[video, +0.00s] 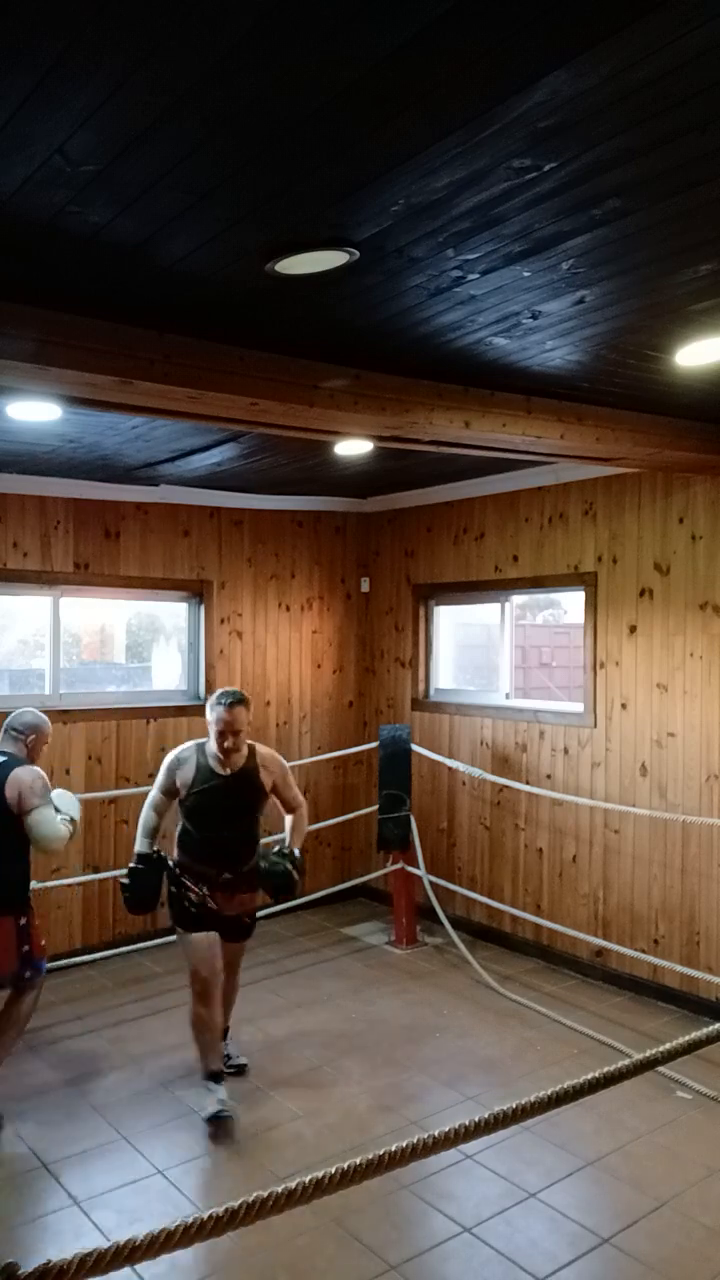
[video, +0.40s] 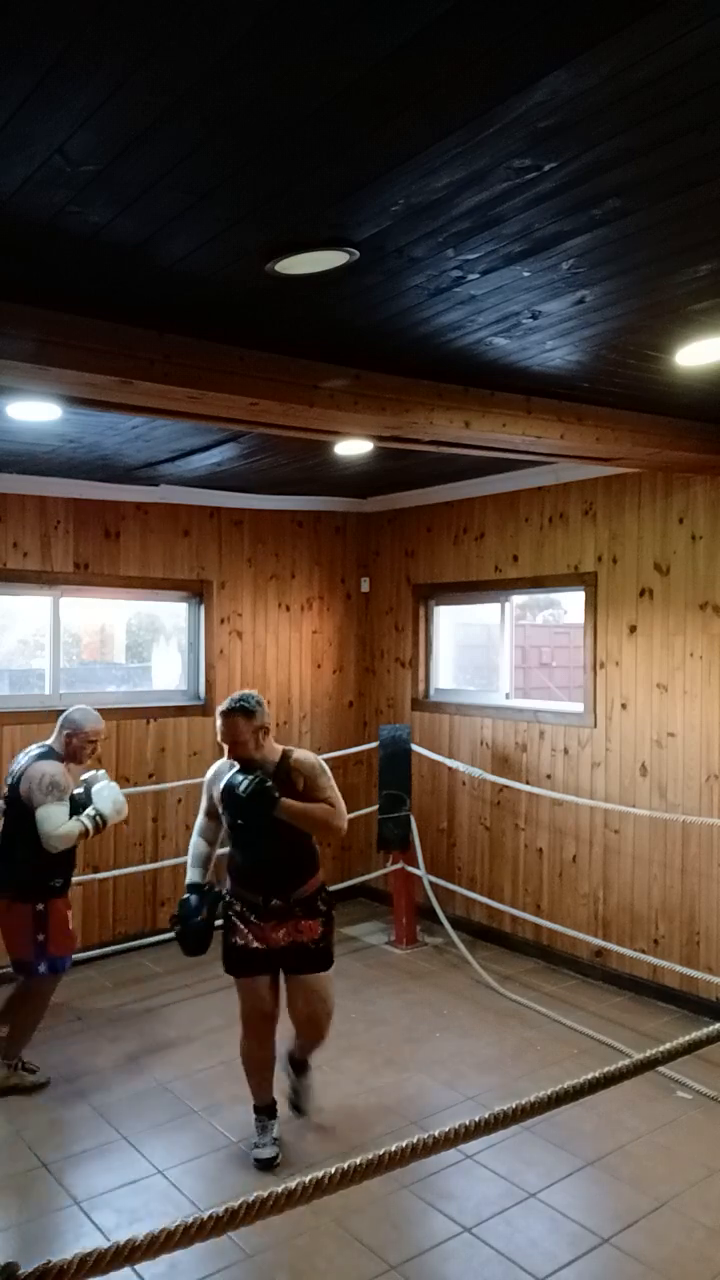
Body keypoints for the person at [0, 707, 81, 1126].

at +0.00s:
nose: (45, 750)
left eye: (45, 743)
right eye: (44, 743)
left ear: (10, 734)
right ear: (31, 740)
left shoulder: (8, 769)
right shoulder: (26, 775)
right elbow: (51, 837)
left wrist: (50, 808)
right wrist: (66, 813)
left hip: (9, 900)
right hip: (9, 902)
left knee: (22, 979)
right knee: (29, 980)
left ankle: (6, 1051)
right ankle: (3, 1054)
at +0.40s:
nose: (95, 750)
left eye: (98, 743)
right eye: (91, 742)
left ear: (68, 736)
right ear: (69, 736)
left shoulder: (36, 757)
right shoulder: (49, 771)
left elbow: (44, 822)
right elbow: (56, 838)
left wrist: (80, 798)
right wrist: (98, 813)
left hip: (21, 888)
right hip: (33, 894)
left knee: (35, 975)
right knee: (45, 978)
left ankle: (7, 1048)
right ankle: (9, 1063)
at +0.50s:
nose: (107, 743)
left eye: (110, 736)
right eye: (103, 736)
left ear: (92, 730)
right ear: (81, 729)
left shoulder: (76, 756)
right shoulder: (56, 760)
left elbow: (73, 806)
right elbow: (58, 826)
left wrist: (101, 794)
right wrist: (102, 806)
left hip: (65, 880)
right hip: (39, 885)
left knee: (78, 941)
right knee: (44, 970)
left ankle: (50, 1032)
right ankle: (9, 1060)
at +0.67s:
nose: (124, 744)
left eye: (128, 738)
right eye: (119, 737)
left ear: (126, 736)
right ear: (99, 732)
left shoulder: (109, 762)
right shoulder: (70, 762)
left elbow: (101, 806)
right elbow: (53, 818)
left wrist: (130, 795)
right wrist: (106, 811)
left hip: (93, 880)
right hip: (65, 884)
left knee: (104, 948)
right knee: (84, 963)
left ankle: (80, 1032)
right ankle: (23, 1046)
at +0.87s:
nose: (142, 739)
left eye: (146, 731)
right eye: (135, 731)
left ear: (148, 728)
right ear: (115, 723)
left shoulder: (139, 755)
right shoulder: (85, 754)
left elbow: (150, 805)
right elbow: (49, 806)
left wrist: (159, 791)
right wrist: (94, 807)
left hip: (120, 867)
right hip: (92, 868)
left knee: (105, 953)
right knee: (120, 954)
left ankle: (84, 1030)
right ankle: (85, 1039)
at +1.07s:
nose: (157, 741)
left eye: (161, 733)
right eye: (149, 734)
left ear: (165, 730)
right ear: (130, 730)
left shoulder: (162, 754)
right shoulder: (103, 761)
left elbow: (183, 788)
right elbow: (77, 819)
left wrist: (181, 782)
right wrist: (119, 809)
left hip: (148, 871)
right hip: (115, 875)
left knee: (135, 953)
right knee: (135, 956)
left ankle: (91, 1019)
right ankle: (129, 1049)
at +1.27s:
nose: (176, 741)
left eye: (180, 734)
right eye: (167, 735)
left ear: (186, 729)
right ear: (150, 730)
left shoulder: (184, 754)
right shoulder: (125, 761)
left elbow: (193, 799)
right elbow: (110, 822)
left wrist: (214, 781)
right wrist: (156, 804)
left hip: (178, 873)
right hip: (140, 880)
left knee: (200, 940)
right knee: (146, 964)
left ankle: (166, 1006)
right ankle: (130, 1050)